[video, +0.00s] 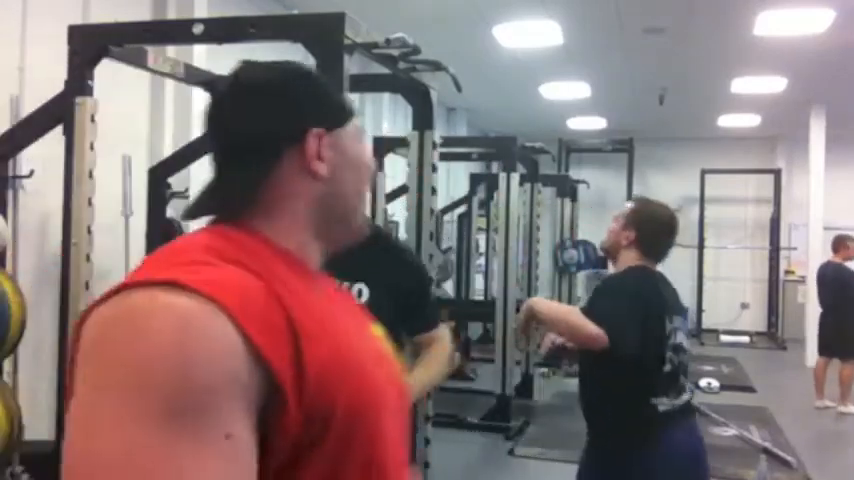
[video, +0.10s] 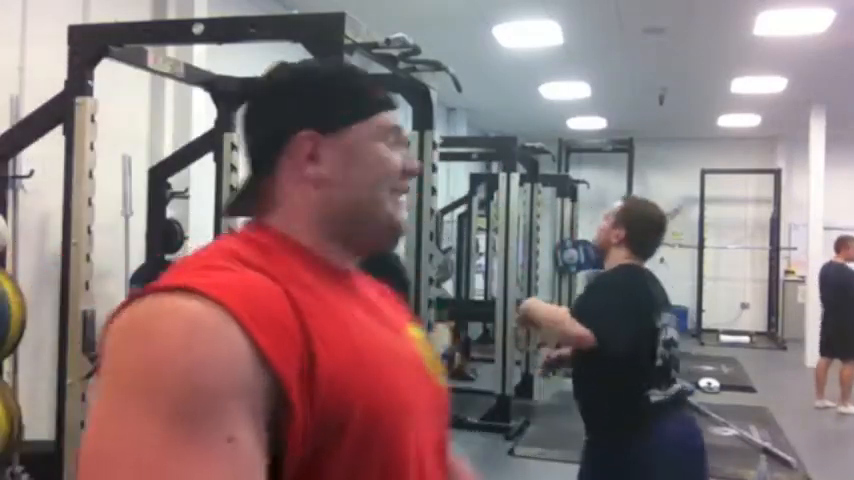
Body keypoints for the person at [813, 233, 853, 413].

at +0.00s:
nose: (853, 252)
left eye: (852, 248)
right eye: (851, 248)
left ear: (838, 248)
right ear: (843, 248)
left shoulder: (823, 269)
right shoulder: (847, 273)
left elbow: (822, 298)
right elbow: (849, 300)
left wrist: (831, 311)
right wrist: (847, 315)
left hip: (827, 318)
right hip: (845, 321)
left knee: (824, 357)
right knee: (847, 361)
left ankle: (820, 398)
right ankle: (845, 402)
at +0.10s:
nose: (853, 252)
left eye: (853, 248)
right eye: (852, 248)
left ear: (840, 249)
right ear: (844, 249)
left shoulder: (825, 269)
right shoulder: (848, 273)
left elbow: (823, 297)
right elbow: (850, 300)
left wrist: (832, 312)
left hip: (829, 321)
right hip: (846, 323)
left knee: (825, 358)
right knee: (848, 362)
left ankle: (820, 398)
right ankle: (845, 402)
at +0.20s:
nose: (853, 253)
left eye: (853, 250)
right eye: (852, 250)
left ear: (841, 250)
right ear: (846, 250)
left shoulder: (828, 268)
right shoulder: (847, 272)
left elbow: (826, 296)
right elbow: (849, 298)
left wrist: (834, 311)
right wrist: (843, 313)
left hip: (831, 317)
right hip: (847, 320)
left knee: (828, 357)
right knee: (847, 361)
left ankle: (820, 397)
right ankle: (845, 402)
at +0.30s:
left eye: (853, 250)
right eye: (853, 250)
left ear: (842, 250)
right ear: (848, 251)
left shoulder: (831, 269)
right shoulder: (848, 272)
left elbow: (829, 299)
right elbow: (849, 297)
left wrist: (837, 311)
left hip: (834, 318)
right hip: (848, 320)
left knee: (832, 359)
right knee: (848, 362)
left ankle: (823, 397)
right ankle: (846, 402)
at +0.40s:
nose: (853, 255)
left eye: (852, 251)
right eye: (853, 251)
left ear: (844, 251)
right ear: (849, 251)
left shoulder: (833, 270)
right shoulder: (847, 272)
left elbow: (830, 302)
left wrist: (840, 314)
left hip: (837, 320)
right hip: (848, 322)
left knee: (842, 359)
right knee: (848, 362)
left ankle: (825, 394)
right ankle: (845, 403)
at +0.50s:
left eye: (853, 251)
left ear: (846, 251)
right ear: (851, 251)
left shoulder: (835, 270)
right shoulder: (848, 272)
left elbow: (833, 302)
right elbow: (839, 302)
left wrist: (841, 314)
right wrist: (845, 317)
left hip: (839, 319)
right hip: (849, 321)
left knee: (849, 359)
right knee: (850, 361)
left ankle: (832, 389)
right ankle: (846, 403)